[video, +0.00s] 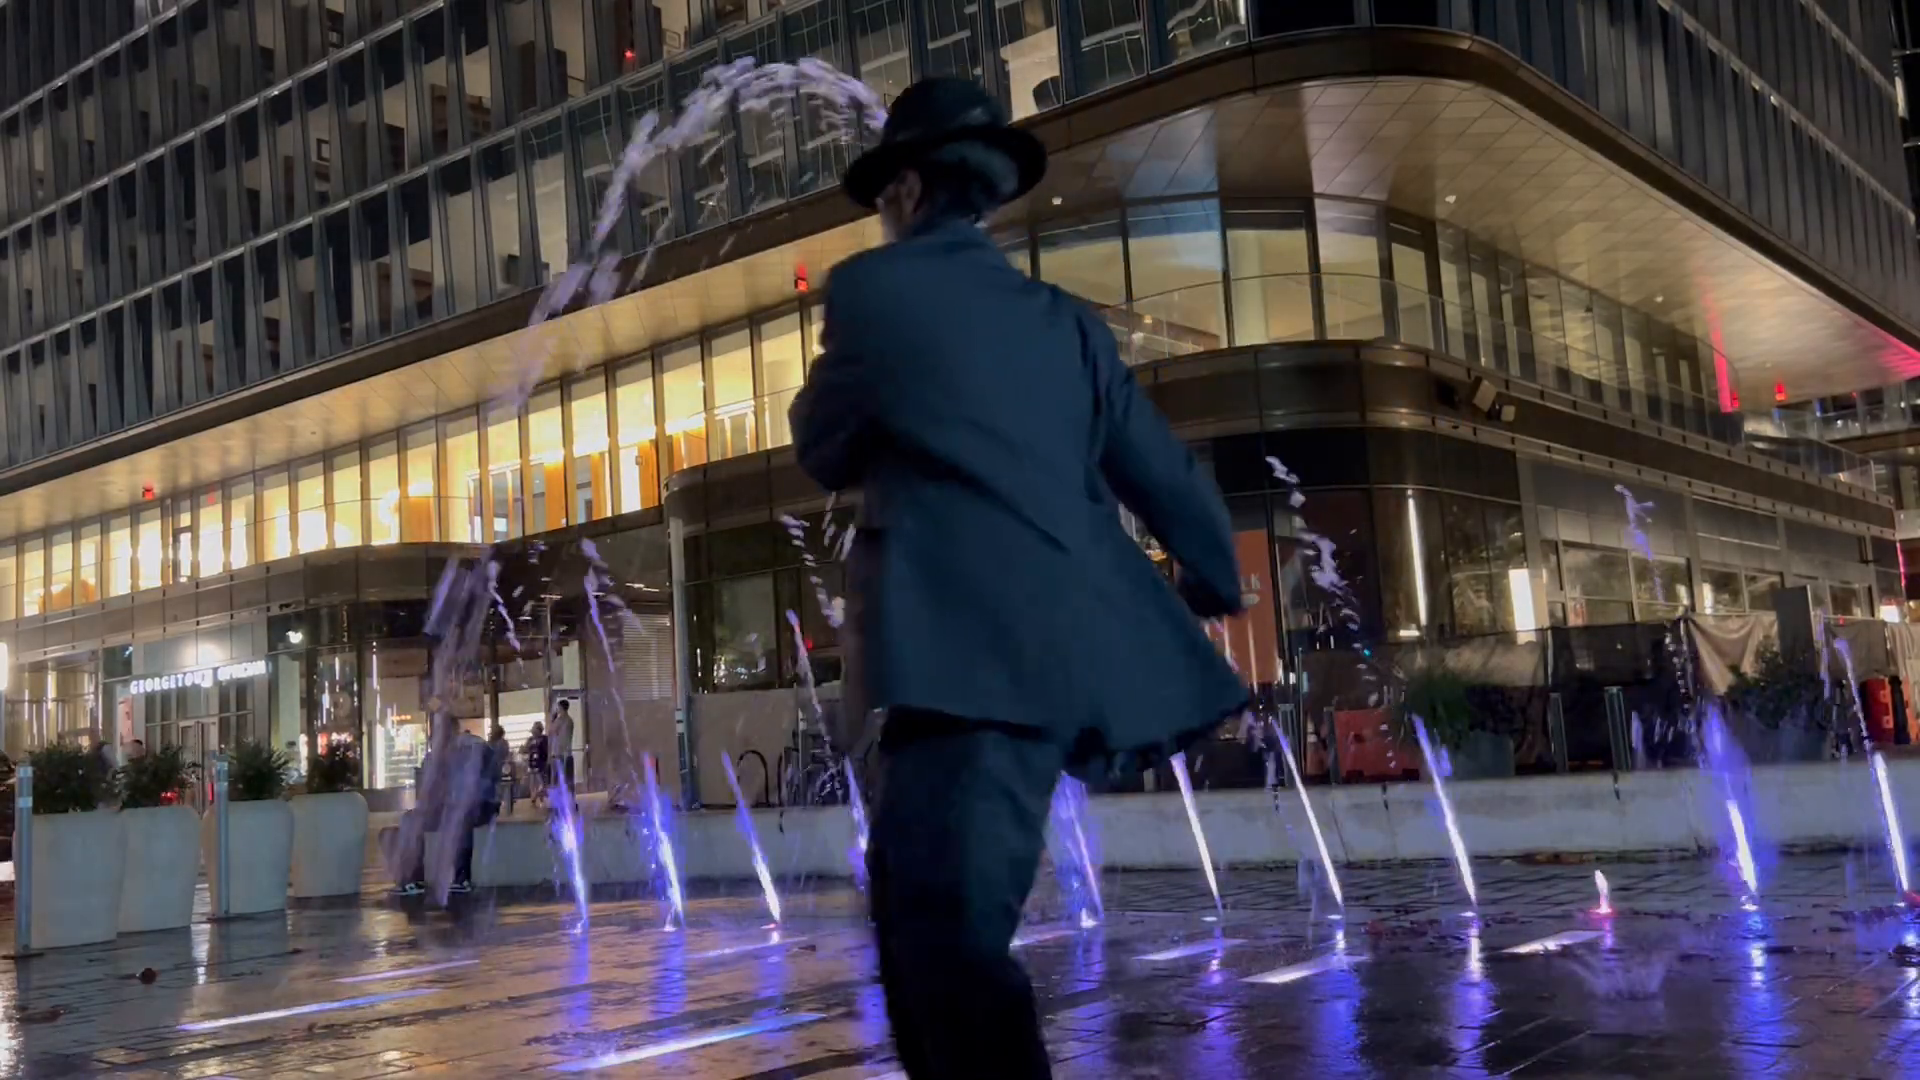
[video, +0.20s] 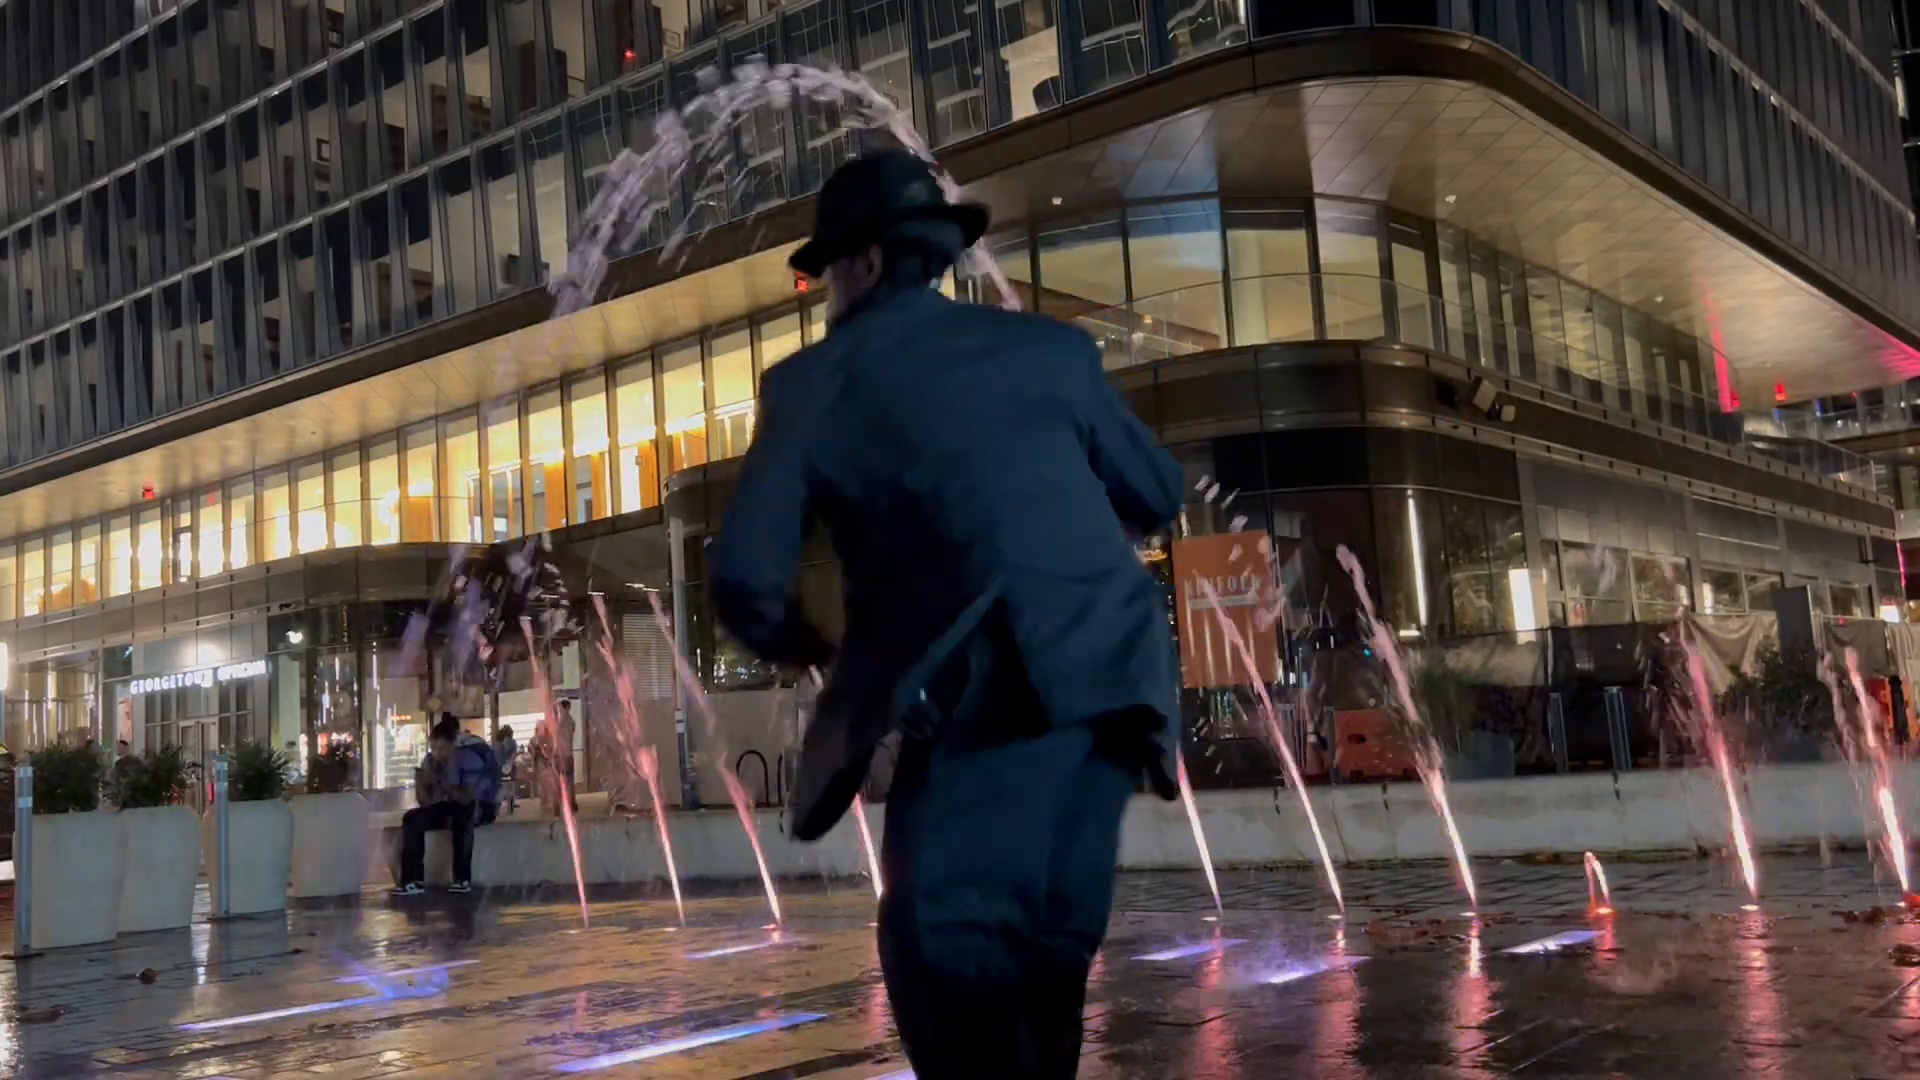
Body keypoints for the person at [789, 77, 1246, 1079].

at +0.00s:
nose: (879, 208)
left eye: (883, 189)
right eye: (881, 189)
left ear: (908, 189)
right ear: (986, 197)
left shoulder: (873, 285)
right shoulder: (1064, 318)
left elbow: (821, 444)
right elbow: (1159, 466)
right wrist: (1216, 579)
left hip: (969, 652)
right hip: (1069, 648)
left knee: (936, 939)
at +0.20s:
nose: (824, 292)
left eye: (828, 269)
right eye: (823, 272)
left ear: (863, 264)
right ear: (939, 256)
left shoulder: (812, 381)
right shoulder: (1052, 346)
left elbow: (744, 578)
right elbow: (1154, 492)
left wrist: (805, 647)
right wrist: (1051, 521)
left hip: (960, 695)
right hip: (1104, 669)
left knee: (940, 964)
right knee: (1053, 959)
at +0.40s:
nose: (792, 286)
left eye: (806, 258)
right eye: (791, 263)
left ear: (878, 254)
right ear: (863, 260)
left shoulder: (933, 337)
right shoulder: (855, 405)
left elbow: (1096, 418)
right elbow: (916, 571)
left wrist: (930, 520)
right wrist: (800, 575)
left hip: (1075, 671)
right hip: (998, 696)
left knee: (986, 943)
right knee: (968, 949)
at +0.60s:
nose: (1085, 189)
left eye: (1084, 170)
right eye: (1061, 165)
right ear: (981, 184)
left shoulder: (1118, 322)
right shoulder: (900, 328)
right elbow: (877, 519)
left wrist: (1162, 476)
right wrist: (1068, 477)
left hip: (1103, 689)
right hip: (949, 700)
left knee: (1151, 955)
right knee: (974, 980)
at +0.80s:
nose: (1119, 226)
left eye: (1117, 206)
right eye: (1111, 204)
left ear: (992, 220)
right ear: (1071, 203)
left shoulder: (915, 334)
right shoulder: (1098, 292)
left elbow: (837, 497)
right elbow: (1151, 435)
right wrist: (1208, 549)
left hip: (914, 663)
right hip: (1023, 645)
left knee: (1058, 930)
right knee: (1179, 858)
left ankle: (1088, 1064)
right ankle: (1141, 1067)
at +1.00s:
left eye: (891, 183)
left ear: (898, 195)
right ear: (1007, 201)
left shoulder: (861, 271)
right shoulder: (1100, 297)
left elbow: (830, 436)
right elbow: (1238, 414)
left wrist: (766, 503)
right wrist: (1147, 527)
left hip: (1001, 660)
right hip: (1144, 649)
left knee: (976, 932)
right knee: (1126, 924)